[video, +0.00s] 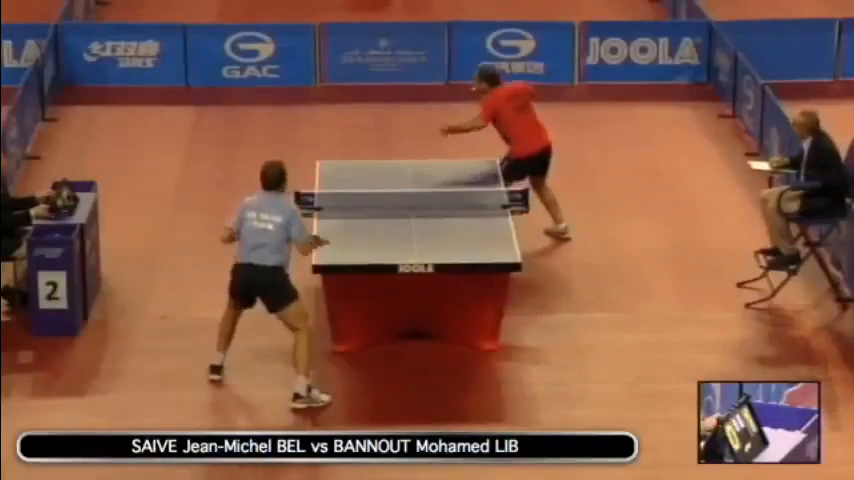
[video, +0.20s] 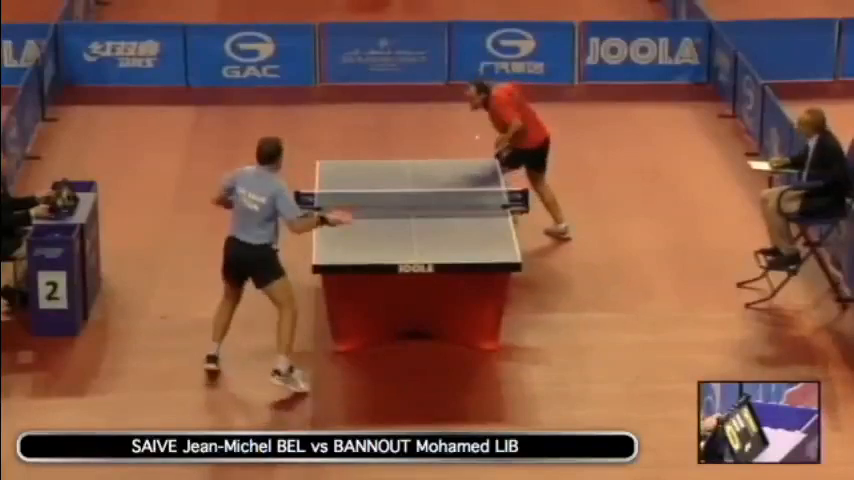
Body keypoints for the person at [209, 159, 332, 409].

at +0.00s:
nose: (285, 181)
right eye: (284, 177)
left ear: (261, 181)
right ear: (284, 182)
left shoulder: (249, 204)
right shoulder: (288, 209)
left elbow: (228, 235)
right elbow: (303, 248)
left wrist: (243, 230)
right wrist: (315, 241)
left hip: (242, 272)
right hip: (272, 275)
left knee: (232, 310)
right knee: (302, 327)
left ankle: (218, 363)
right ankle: (302, 389)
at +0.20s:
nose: (283, 159)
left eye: (279, 155)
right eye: (282, 156)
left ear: (258, 156)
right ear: (279, 158)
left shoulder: (242, 174)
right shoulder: (277, 187)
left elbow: (219, 198)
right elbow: (296, 225)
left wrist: (239, 204)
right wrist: (322, 219)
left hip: (234, 248)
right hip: (261, 253)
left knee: (229, 298)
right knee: (287, 306)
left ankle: (212, 353)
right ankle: (283, 367)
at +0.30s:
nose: (282, 158)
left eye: (281, 153)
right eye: (282, 154)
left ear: (258, 154)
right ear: (278, 158)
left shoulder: (241, 174)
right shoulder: (273, 189)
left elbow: (226, 204)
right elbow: (280, 232)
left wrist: (247, 216)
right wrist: (307, 244)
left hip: (232, 244)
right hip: (256, 252)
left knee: (226, 292)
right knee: (283, 306)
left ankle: (204, 345)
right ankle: (263, 362)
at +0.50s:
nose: (281, 176)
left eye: (279, 172)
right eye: (280, 173)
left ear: (257, 171)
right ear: (276, 176)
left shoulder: (242, 186)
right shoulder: (268, 203)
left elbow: (234, 205)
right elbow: (268, 247)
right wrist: (301, 259)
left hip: (232, 259)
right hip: (258, 265)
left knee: (219, 300)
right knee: (309, 295)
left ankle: (198, 350)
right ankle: (286, 346)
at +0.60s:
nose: (289, 180)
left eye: (288, 176)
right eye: (288, 177)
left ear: (266, 175)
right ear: (284, 180)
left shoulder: (251, 187)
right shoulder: (278, 209)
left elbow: (239, 197)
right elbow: (291, 251)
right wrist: (319, 251)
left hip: (239, 263)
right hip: (266, 268)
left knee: (222, 301)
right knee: (315, 288)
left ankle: (198, 350)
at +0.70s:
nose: (318, 185)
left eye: (316, 179)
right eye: (317, 181)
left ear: (294, 177)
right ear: (314, 184)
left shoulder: (275, 189)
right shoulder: (309, 212)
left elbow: (252, 177)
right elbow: (330, 245)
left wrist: (244, 159)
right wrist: (363, 239)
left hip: (258, 265)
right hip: (287, 271)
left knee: (231, 305)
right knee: (333, 301)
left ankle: (200, 350)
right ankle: (366, 343)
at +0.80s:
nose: (344, 190)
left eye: (342, 185)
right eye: (344, 186)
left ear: (321, 181)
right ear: (340, 188)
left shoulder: (296, 191)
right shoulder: (338, 215)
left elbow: (261, 182)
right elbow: (353, 243)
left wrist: (243, 165)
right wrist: (380, 231)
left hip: (277, 266)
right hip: (307, 273)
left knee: (242, 309)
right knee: (349, 302)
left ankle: (204, 350)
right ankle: (377, 349)